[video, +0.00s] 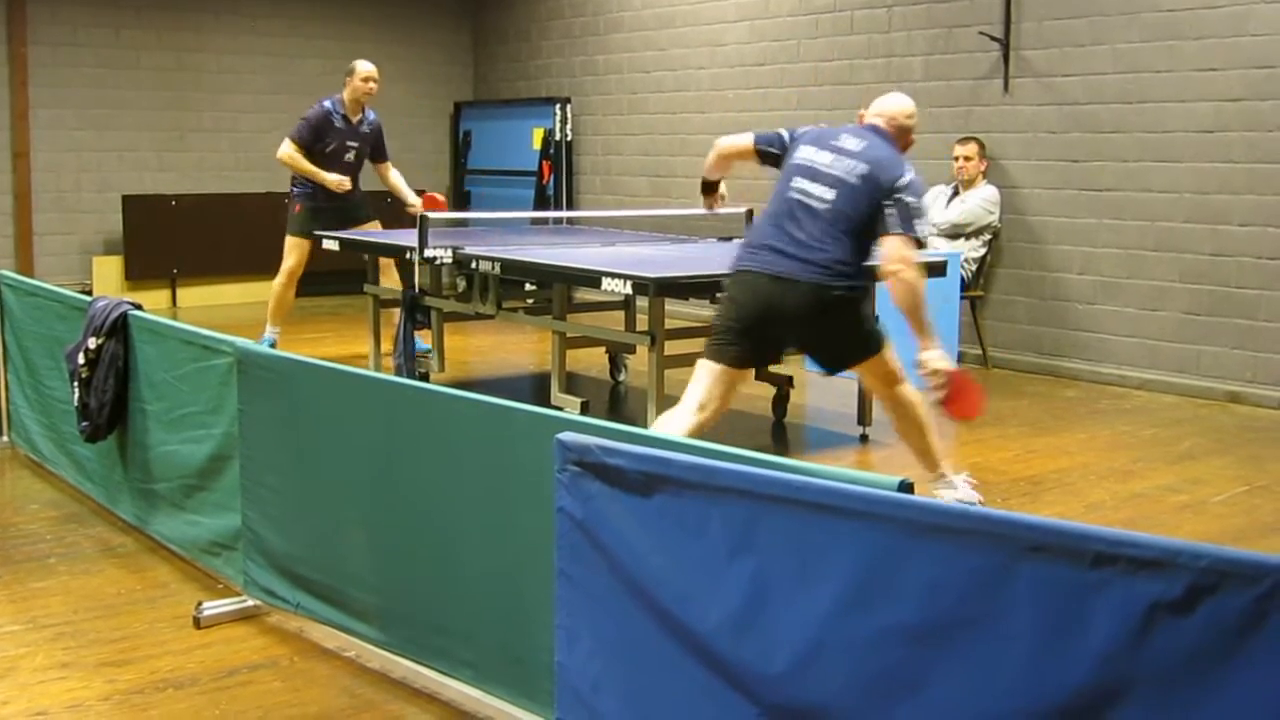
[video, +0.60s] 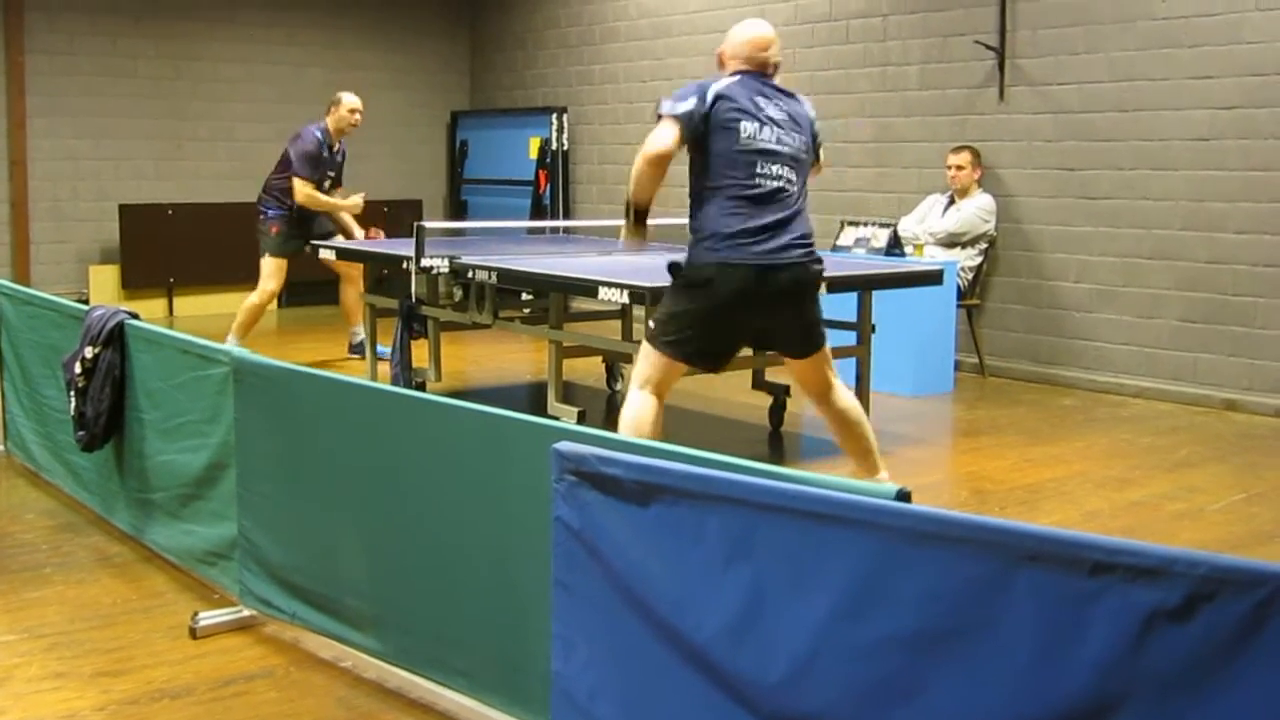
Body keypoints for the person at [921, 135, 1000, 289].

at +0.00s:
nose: (960, 165)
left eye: (967, 159)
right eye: (956, 159)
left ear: (983, 165)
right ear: (952, 163)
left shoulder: (989, 195)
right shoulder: (938, 192)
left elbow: (956, 223)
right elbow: (912, 219)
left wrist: (929, 220)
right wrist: (941, 231)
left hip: (956, 270)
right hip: (924, 263)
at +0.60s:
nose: (952, 174)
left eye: (960, 168)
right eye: (949, 168)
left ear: (977, 173)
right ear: (945, 171)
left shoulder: (984, 204)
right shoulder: (935, 200)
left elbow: (952, 232)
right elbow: (902, 228)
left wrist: (914, 232)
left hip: (949, 280)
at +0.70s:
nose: (950, 178)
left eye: (957, 173)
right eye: (948, 172)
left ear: (975, 178)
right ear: (944, 174)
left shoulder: (984, 208)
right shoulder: (935, 204)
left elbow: (951, 237)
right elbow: (902, 232)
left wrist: (916, 237)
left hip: (949, 284)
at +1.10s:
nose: (956, 194)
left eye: (964, 190)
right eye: (955, 189)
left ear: (983, 196)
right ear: (951, 190)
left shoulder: (994, 226)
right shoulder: (947, 223)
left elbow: (960, 253)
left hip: (962, 302)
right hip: (935, 294)